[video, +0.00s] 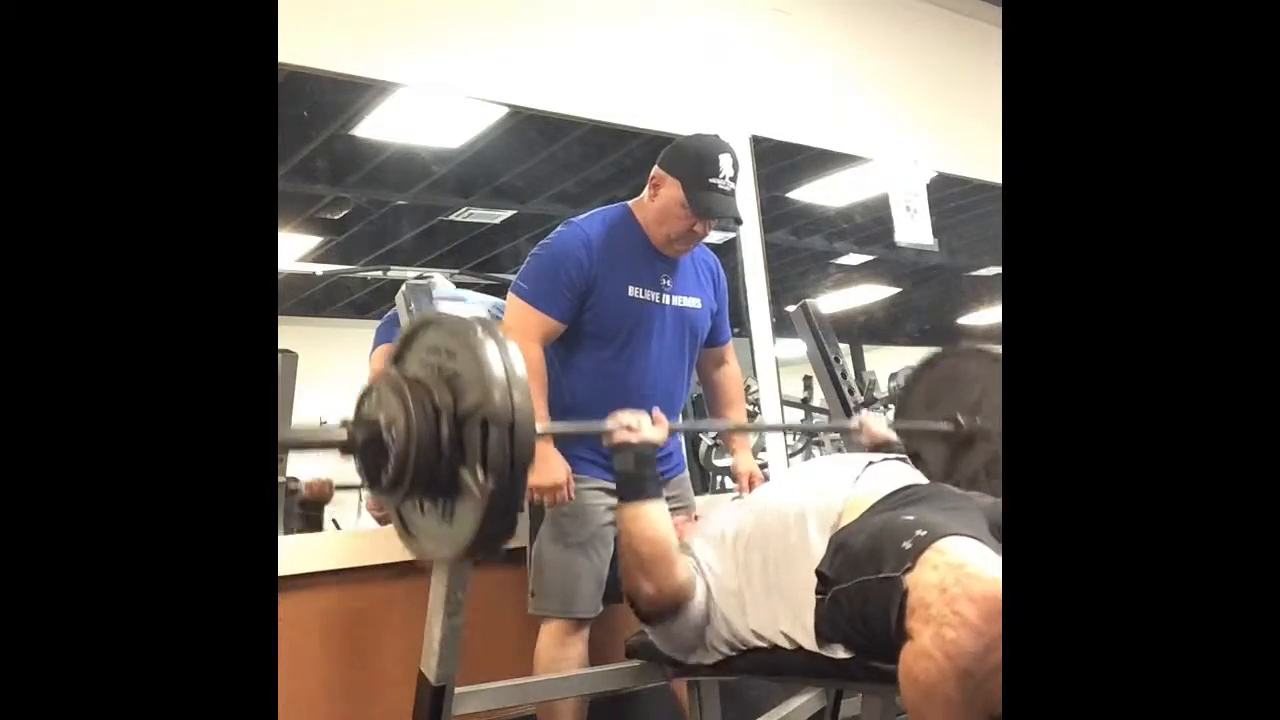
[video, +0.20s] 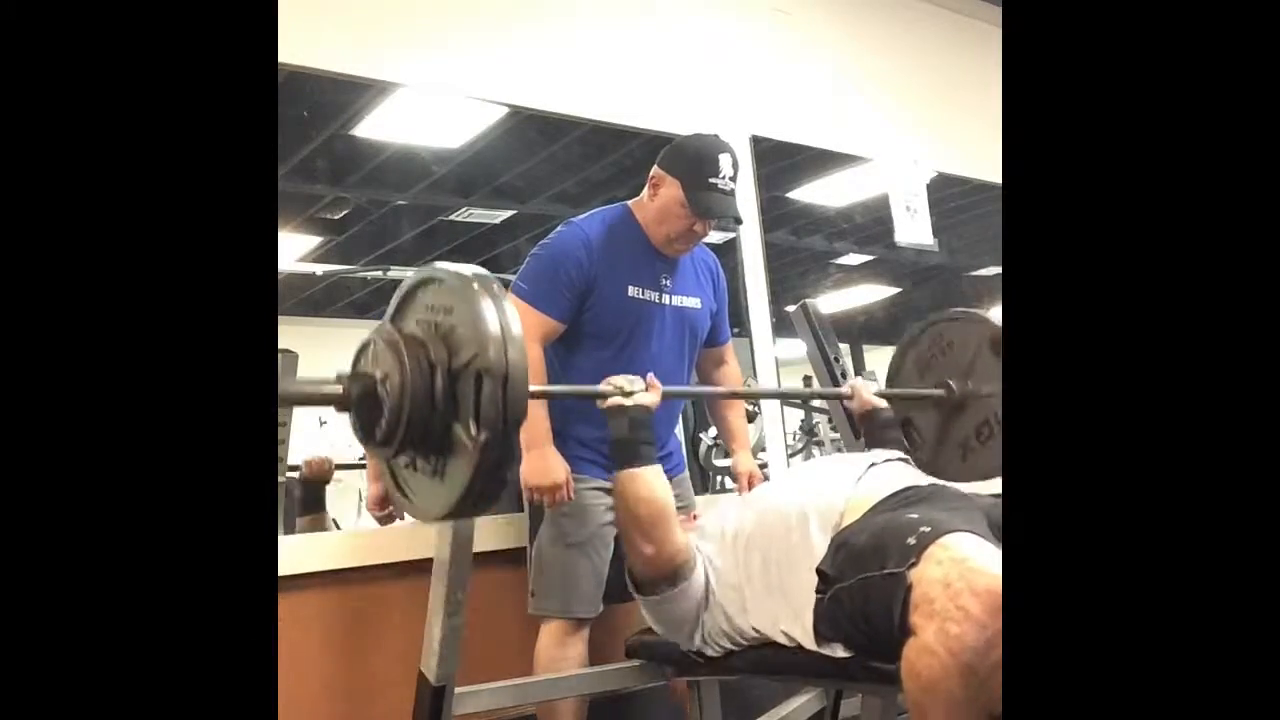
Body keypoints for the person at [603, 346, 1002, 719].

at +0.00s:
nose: (680, 510)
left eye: (679, 506)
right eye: (665, 517)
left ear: (692, 511)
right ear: (662, 543)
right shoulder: (691, 602)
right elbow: (653, 586)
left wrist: (884, 447)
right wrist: (637, 462)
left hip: (956, 496)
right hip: (871, 526)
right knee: (977, 604)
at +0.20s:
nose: (680, 504)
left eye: (676, 499)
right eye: (661, 511)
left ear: (690, 499)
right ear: (647, 553)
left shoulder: (781, 493)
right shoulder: (688, 596)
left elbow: (897, 481)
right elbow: (653, 544)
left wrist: (876, 419)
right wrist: (632, 423)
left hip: (958, 496)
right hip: (865, 531)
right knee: (978, 599)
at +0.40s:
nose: (681, 508)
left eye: (678, 506)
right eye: (666, 518)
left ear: (690, 511)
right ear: (661, 540)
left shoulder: (760, 502)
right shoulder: (692, 607)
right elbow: (667, 595)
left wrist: (882, 450)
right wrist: (638, 482)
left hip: (953, 498)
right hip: (870, 527)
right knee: (976, 602)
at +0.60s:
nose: (684, 495)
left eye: (681, 489)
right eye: (669, 501)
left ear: (699, 495)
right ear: (665, 538)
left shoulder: (757, 506)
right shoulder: (692, 577)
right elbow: (682, 647)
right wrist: (649, 528)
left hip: (945, 495)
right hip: (868, 533)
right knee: (978, 609)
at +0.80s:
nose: (692, 498)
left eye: (690, 494)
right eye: (675, 503)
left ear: (710, 500)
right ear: (672, 539)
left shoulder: (765, 504)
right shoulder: (694, 576)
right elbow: (681, 656)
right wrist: (649, 532)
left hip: (950, 491)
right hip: (869, 526)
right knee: (978, 609)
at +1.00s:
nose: (675, 512)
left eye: (672, 508)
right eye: (660, 521)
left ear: (686, 514)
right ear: (654, 540)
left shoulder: (754, 508)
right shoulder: (692, 603)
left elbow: (907, 488)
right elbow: (655, 604)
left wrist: (879, 451)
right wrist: (636, 484)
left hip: (943, 497)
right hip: (868, 529)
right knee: (976, 602)